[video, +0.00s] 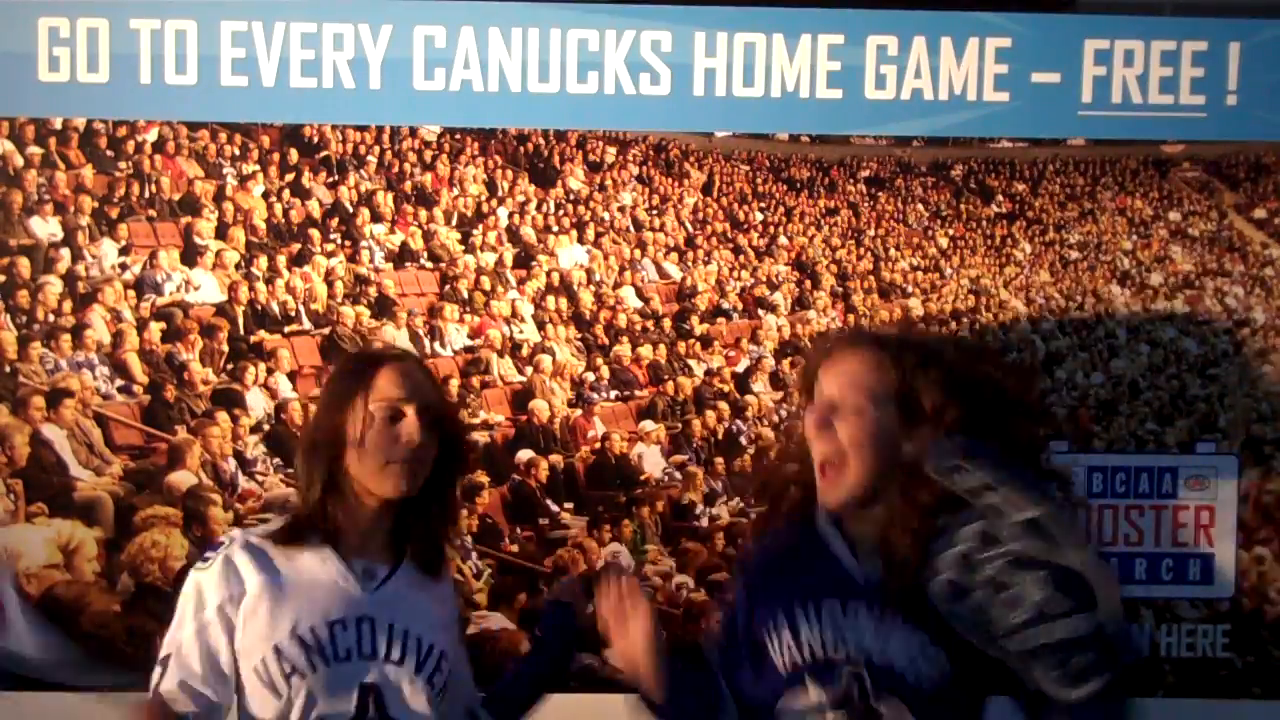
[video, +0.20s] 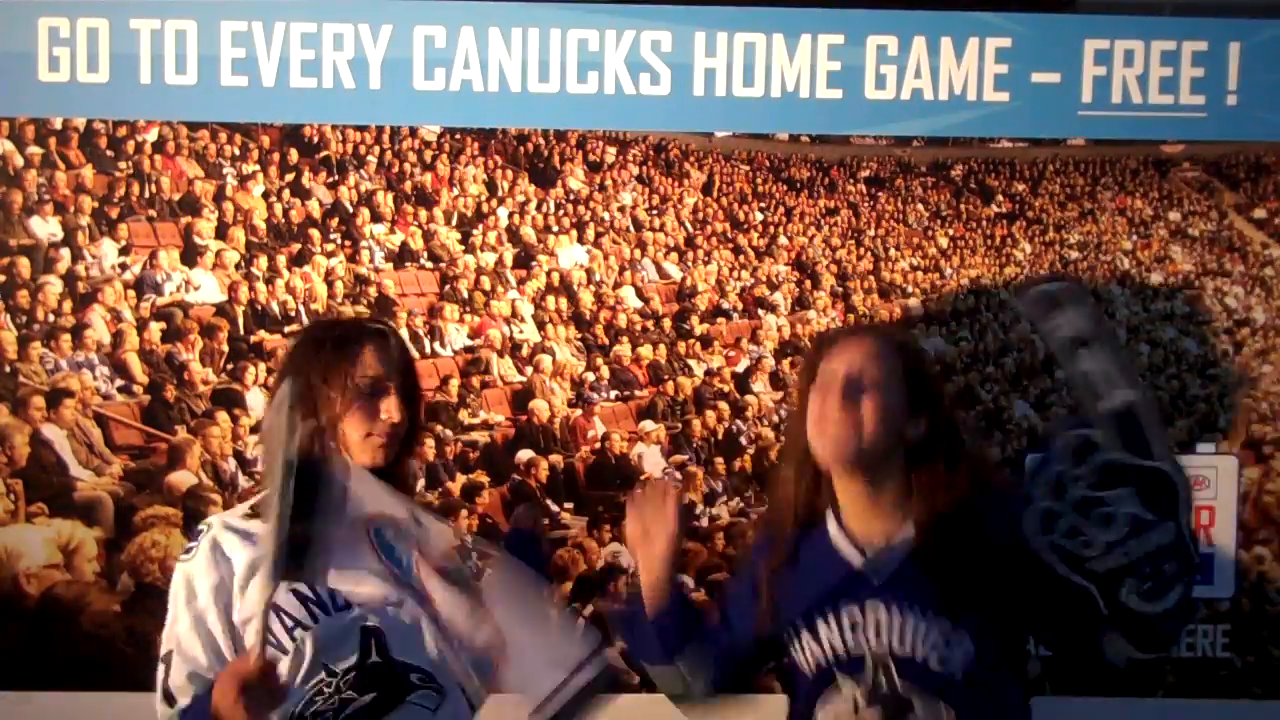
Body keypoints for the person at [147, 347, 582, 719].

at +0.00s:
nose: (418, 434)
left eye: (429, 417)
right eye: (393, 414)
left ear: (441, 438)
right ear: (339, 427)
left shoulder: (440, 593)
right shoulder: (238, 573)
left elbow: (465, 712)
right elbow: (181, 704)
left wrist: (560, 643)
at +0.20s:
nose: (396, 412)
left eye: (403, 392)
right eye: (372, 391)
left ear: (413, 399)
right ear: (312, 400)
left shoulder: (434, 542)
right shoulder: (229, 551)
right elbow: (182, 707)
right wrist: (215, 710)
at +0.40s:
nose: (362, 428)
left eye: (362, 403)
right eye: (327, 425)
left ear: (387, 410)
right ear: (289, 466)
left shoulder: (454, 560)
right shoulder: (249, 588)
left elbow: (500, 710)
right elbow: (200, 713)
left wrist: (536, 586)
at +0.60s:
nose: (364, 437)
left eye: (373, 411)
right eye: (333, 428)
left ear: (408, 419)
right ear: (308, 460)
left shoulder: (487, 562)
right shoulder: (272, 571)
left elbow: (523, 702)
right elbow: (224, 717)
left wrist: (543, 582)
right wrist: (88, 716)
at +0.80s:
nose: (403, 412)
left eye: (423, 392)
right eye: (375, 392)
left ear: (447, 412)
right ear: (338, 411)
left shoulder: (478, 559)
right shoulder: (266, 552)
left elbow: (503, 709)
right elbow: (227, 701)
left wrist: (568, 623)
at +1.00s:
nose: (414, 422)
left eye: (421, 403)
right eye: (389, 401)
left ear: (431, 413)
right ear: (337, 414)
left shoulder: (450, 552)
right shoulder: (245, 560)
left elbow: (478, 703)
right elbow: (196, 710)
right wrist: (277, 704)